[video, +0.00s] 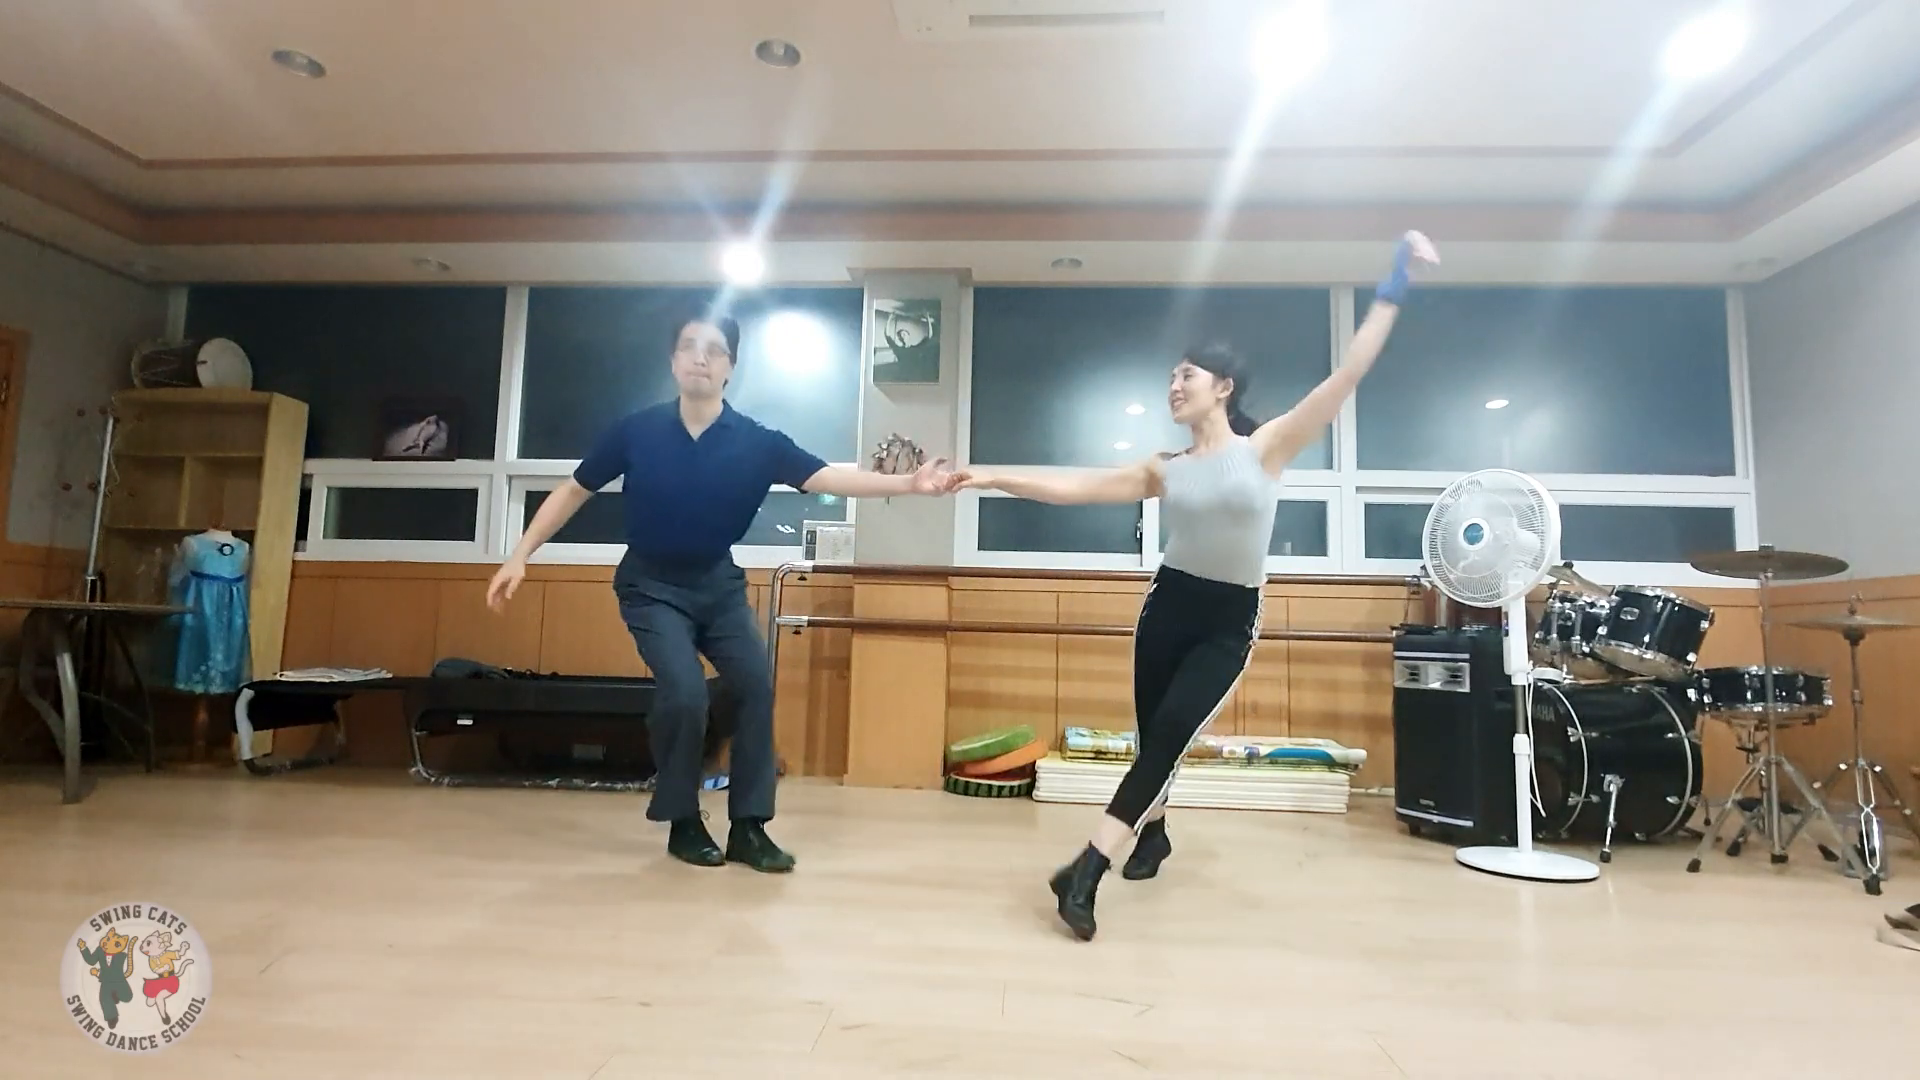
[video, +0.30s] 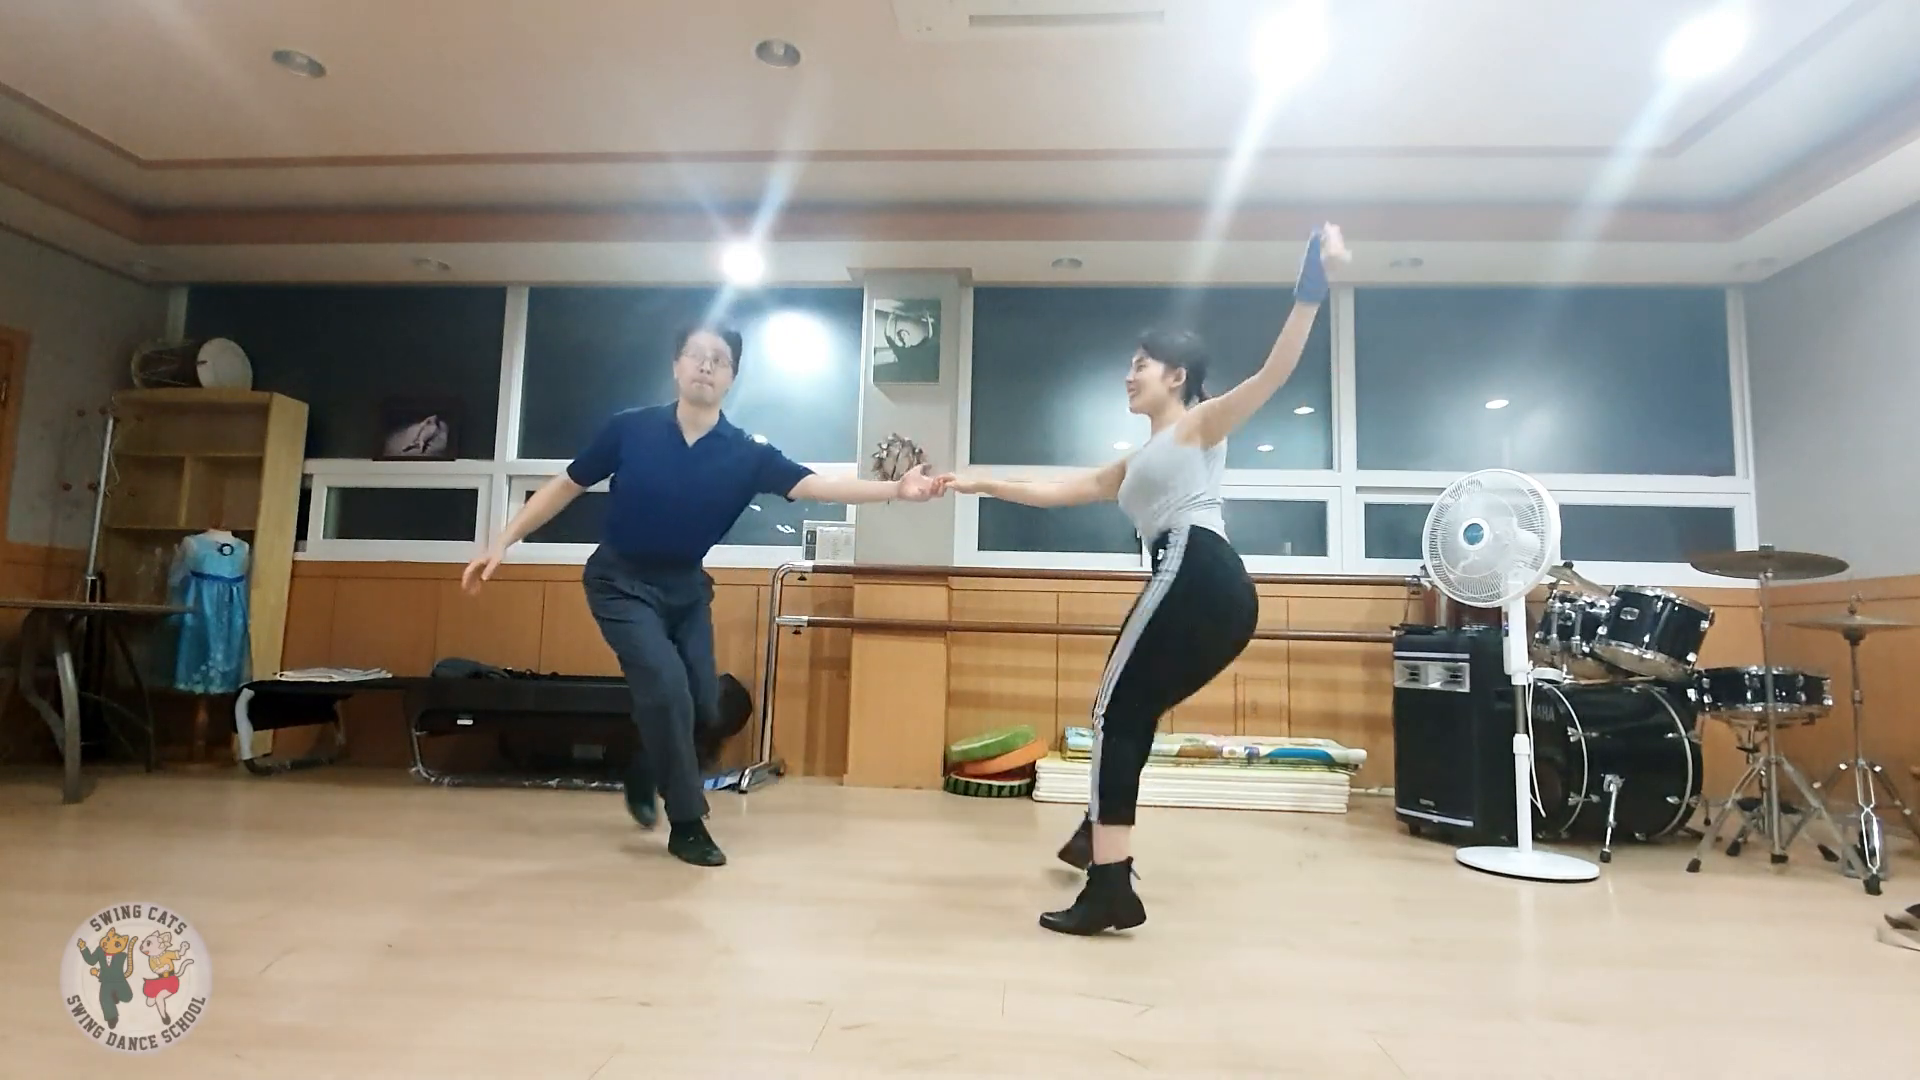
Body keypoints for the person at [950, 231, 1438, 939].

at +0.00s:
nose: (1175, 383)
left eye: (1189, 374)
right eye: (1173, 375)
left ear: (1224, 388)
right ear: (1175, 393)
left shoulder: (1266, 449)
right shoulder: (1162, 469)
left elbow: (1349, 373)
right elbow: (1069, 485)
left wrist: (1395, 288)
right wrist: (982, 476)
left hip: (1228, 620)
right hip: (1167, 609)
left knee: (1166, 732)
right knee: (1151, 734)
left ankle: (1087, 869)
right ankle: (1153, 830)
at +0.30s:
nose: (1130, 374)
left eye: (1142, 364)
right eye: (1130, 365)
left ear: (1177, 376)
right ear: (1148, 380)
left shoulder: (1199, 423)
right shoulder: (1132, 465)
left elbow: (1272, 375)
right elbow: (1050, 486)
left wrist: (1313, 288)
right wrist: (966, 478)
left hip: (1195, 575)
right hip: (1217, 599)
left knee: (1118, 708)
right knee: (1131, 706)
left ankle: (1112, 885)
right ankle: (1101, 827)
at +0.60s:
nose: (1093, 373)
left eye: (1102, 362)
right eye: (1095, 363)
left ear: (1135, 369)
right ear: (1128, 372)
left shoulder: (1168, 429)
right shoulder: (1104, 454)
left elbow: (1232, 440)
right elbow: (1032, 486)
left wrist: (1275, 374)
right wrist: (947, 484)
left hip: (1171, 589)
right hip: (1168, 595)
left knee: (1064, 700)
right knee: (1097, 710)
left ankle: (1100, 860)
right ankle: (1100, 844)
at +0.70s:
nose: (1078, 372)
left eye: (1088, 362)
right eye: (1081, 362)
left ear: (1121, 369)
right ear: (1114, 372)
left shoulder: (1163, 430)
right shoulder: (1085, 454)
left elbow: (1236, 440)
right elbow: (1010, 483)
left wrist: (1281, 382)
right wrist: (925, 481)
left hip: (1169, 597)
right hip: (1126, 598)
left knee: (1066, 693)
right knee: (1067, 700)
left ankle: (1047, 844)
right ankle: (1103, 839)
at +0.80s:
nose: (1058, 379)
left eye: (1067, 367)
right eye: (1060, 368)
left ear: (1101, 372)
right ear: (1093, 377)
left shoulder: (1148, 433)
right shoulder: (1063, 456)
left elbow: (1233, 448)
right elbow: (986, 484)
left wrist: (1286, 403)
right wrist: (905, 481)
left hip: (1145, 600)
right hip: (1085, 595)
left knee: (1070, 712)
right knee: (1044, 713)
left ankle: (974, 837)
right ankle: (1093, 830)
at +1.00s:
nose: (979, 365)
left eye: (985, 355)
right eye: (981, 356)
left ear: (1015, 360)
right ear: (1011, 363)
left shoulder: (1065, 430)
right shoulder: (984, 444)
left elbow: (1143, 480)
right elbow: (922, 492)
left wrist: (1219, 491)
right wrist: (840, 491)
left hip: (1054, 590)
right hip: (995, 592)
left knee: (1007, 716)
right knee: (1024, 722)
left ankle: (973, 867)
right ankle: (1089, 830)